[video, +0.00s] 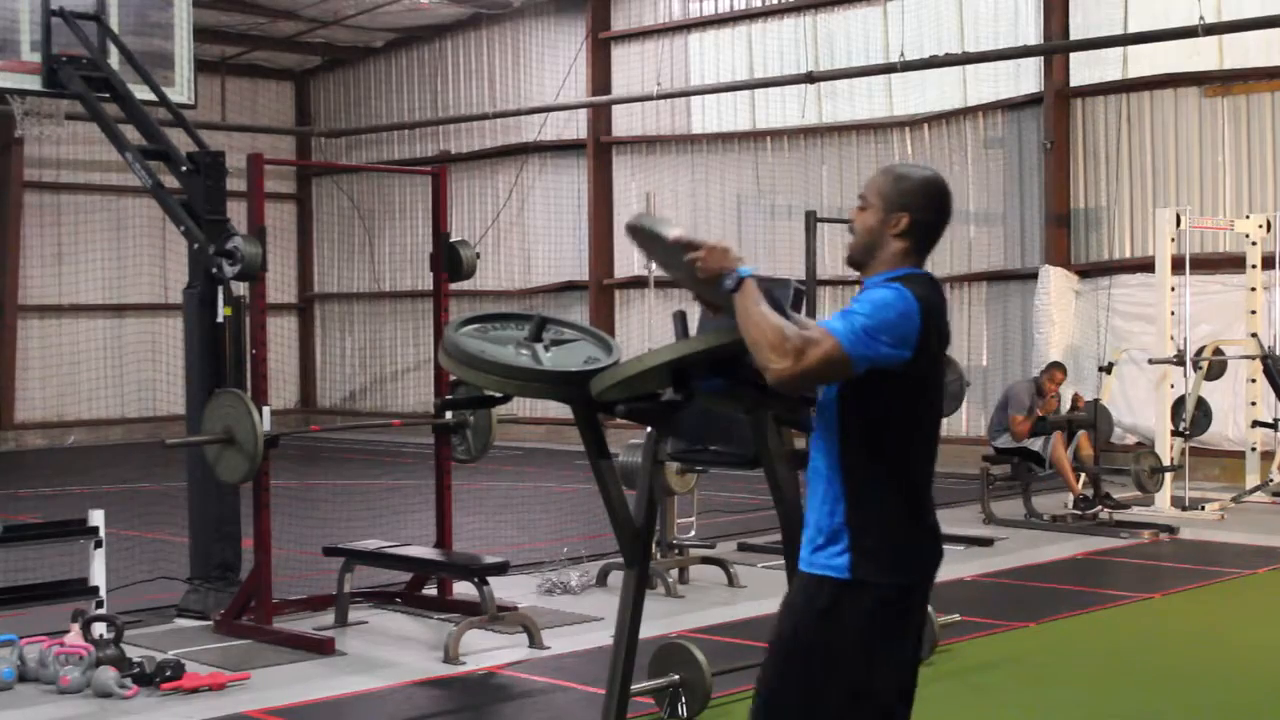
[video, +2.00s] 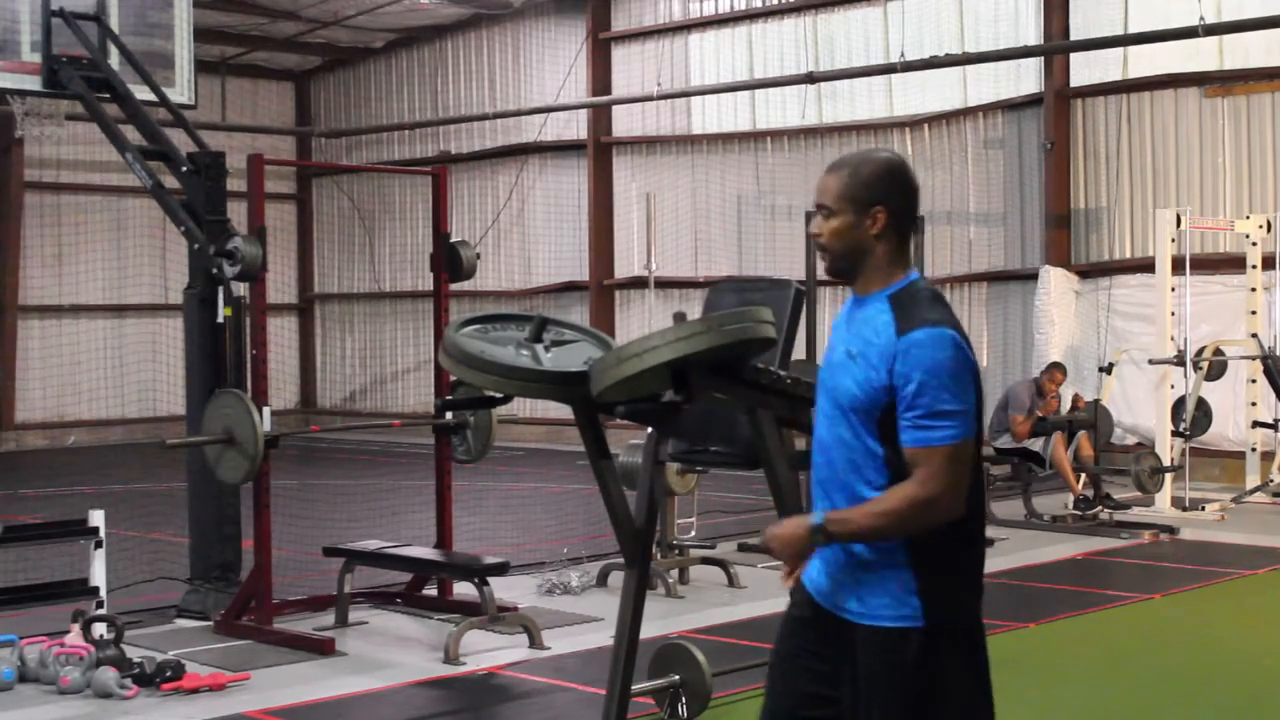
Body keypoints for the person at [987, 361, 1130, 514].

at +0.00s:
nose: (1054, 388)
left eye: (1058, 385)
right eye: (1051, 382)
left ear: (1061, 385)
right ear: (1041, 374)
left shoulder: (1050, 395)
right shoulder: (1020, 391)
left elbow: (1054, 427)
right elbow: (1018, 434)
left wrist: (1073, 412)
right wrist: (1041, 411)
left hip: (1028, 438)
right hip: (1003, 439)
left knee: (1080, 435)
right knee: (1055, 439)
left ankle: (1099, 494)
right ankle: (1079, 498)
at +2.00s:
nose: (1054, 389)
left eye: (1058, 385)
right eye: (1051, 382)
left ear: (1061, 385)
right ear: (1042, 375)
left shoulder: (1052, 395)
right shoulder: (1021, 391)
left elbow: (1055, 426)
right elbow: (1019, 435)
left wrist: (1073, 411)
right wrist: (1040, 412)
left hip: (1030, 437)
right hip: (1004, 439)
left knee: (1081, 435)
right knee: (1055, 439)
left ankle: (1100, 494)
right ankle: (1079, 498)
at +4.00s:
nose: (1054, 389)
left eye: (1058, 385)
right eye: (1051, 382)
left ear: (1061, 385)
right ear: (1041, 375)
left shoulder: (1051, 396)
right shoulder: (1020, 392)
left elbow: (1054, 427)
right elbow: (1018, 435)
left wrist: (1073, 412)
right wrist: (1040, 412)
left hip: (1029, 438)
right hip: (1004, 439)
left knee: (1080, 435)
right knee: (1055, 439)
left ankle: (1099, 494)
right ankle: (1079, 498)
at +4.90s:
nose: (1054, 388)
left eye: (1059, 385)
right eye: (1051, 381)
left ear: (1061, 385)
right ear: (1041, 375)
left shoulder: (1051, 396)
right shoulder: (1021, 391)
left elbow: (1054, 428)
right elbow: (1019, 435)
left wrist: (1073, 412)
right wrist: (1041, 412)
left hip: (1029, 439)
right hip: (1005, 441)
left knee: (1081, 436)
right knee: (1055, 439)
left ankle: (1100, 494)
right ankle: (1079, 499)